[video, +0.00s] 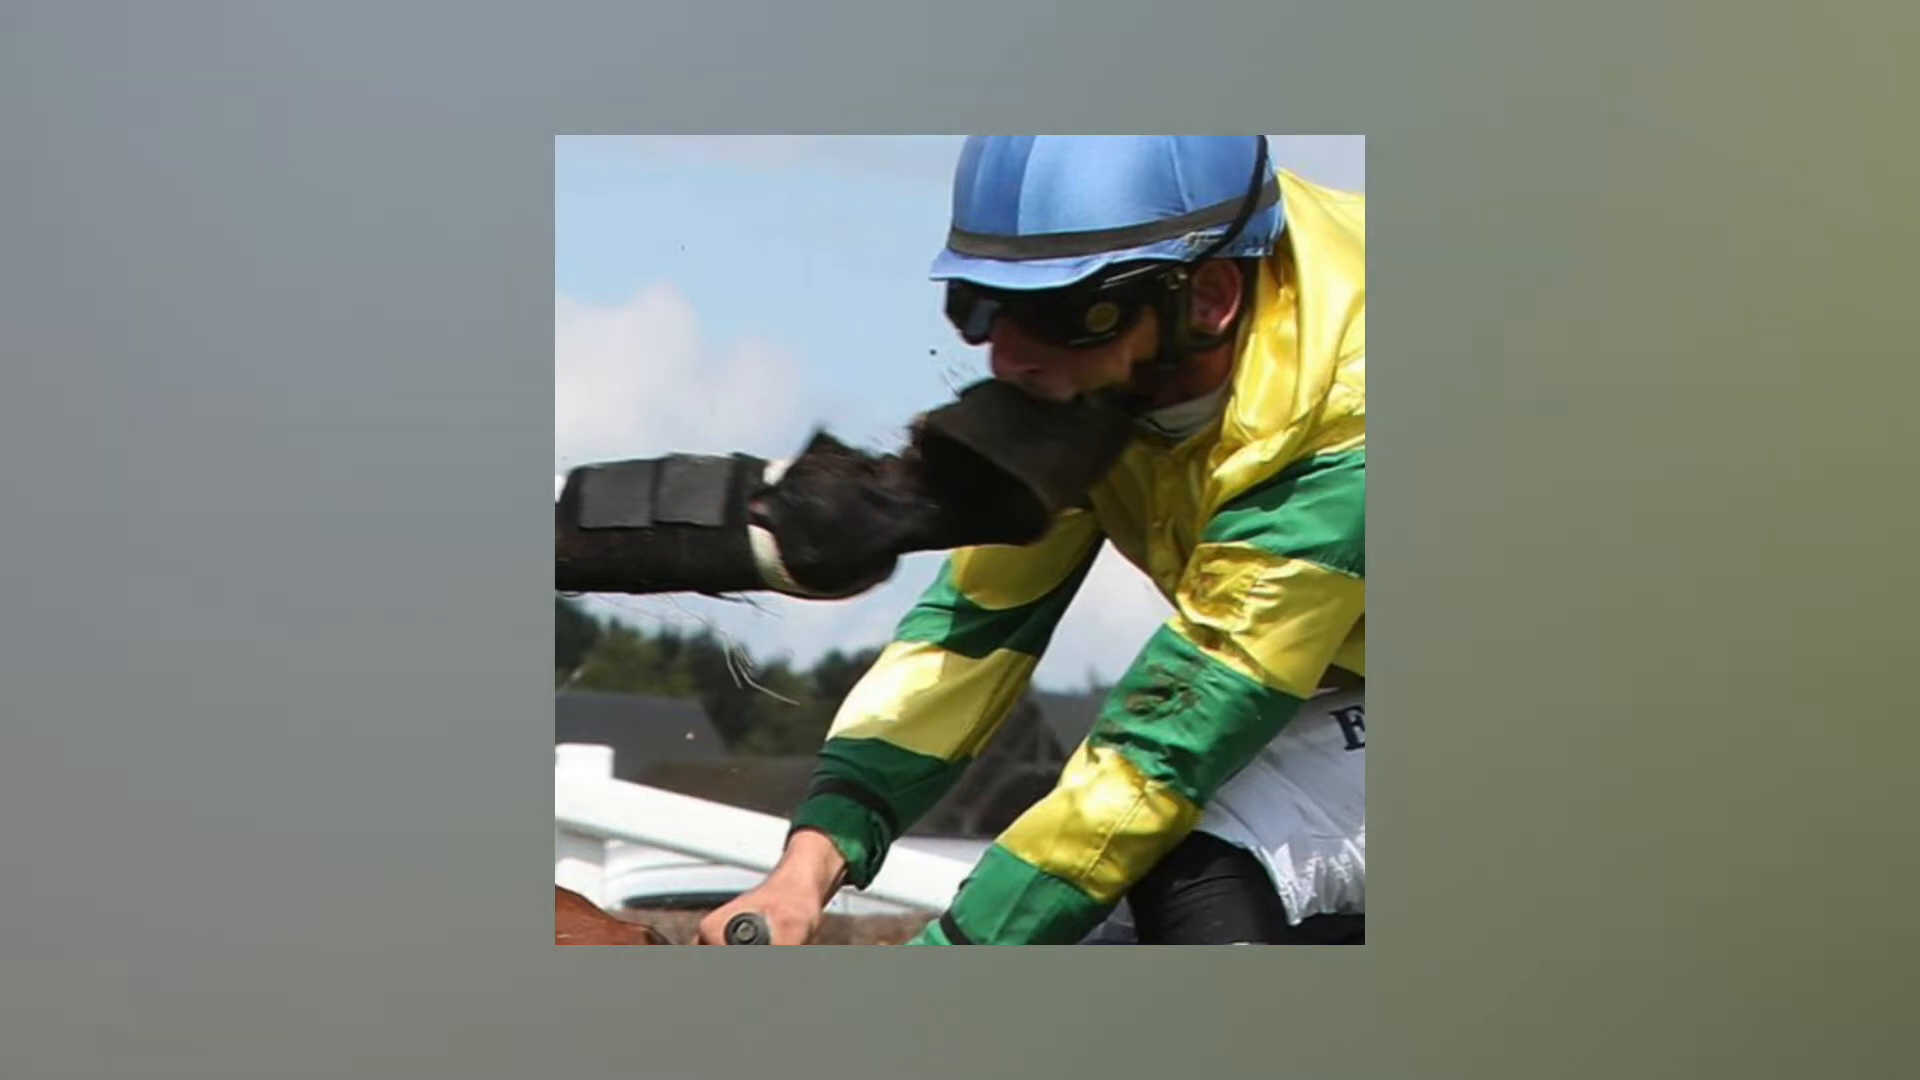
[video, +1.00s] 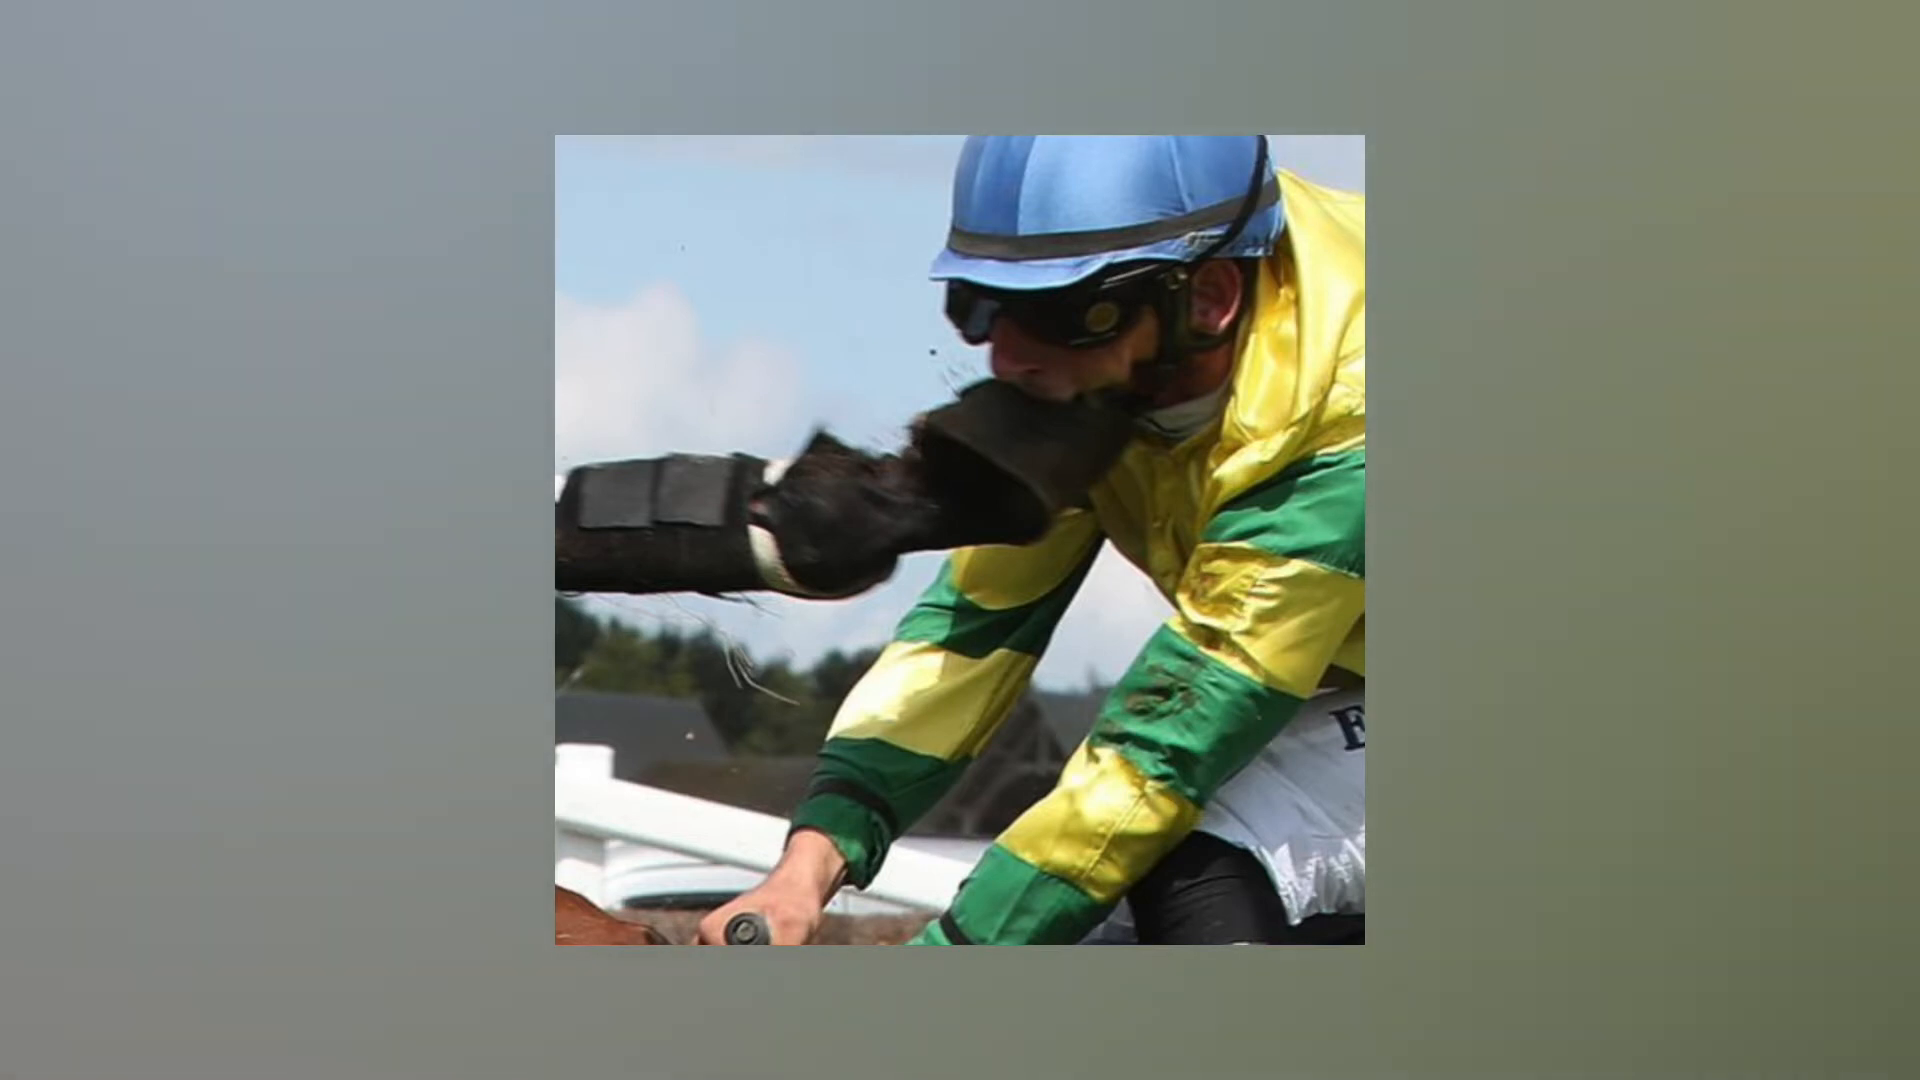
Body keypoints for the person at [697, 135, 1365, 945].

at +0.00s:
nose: (1005, 359)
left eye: (1056, 319)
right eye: (989, 309)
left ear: (1210, 298)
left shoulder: (1341, 429)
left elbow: (1161, 751)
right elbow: (969, 623)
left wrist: (934, 963)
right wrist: (804, 872)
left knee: (1204, 863)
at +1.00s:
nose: (1005, 358)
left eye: (1056, 319)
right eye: (989, 310)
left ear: (1209, 298)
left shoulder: (1341, 429)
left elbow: (1161, 751)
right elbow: (969, 623)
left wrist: (934, 965)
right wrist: (805, 871)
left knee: (1204, 864)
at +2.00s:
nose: (1005, 359)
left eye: (1056, 319)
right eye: (989, 310)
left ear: (1210, 298)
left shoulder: (1341, 429)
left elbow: (1161, 751)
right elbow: (969, 623)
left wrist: (933, 965)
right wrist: (805, 871)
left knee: (1204, 864)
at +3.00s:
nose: (1005, 358)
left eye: (1056, 319)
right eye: (989, 309)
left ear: (1210, 298)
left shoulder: (1341, 429)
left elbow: (1160, 752)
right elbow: (969, 623)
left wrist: (933, 965)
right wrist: (805, 871)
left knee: (1204, 865)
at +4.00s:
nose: (1005, 358)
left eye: (1056, 319)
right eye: (989, 309)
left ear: (1210, 298)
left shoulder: (1341, 429)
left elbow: (1160, 751)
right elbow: (969, 623)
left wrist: (933, 965)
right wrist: (805, 871)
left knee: (1204, 865)